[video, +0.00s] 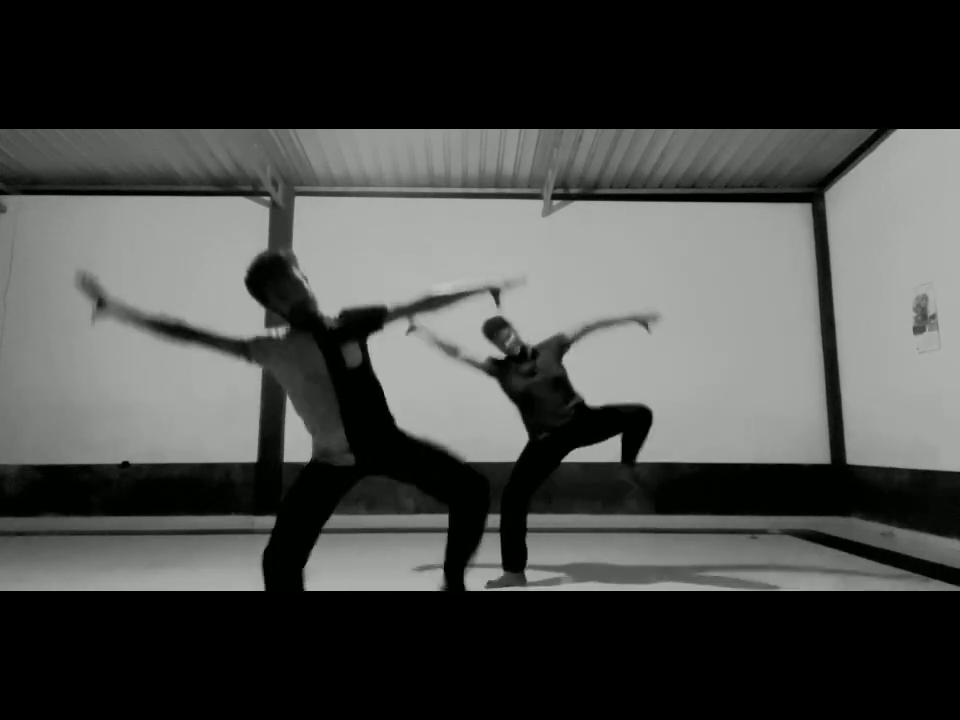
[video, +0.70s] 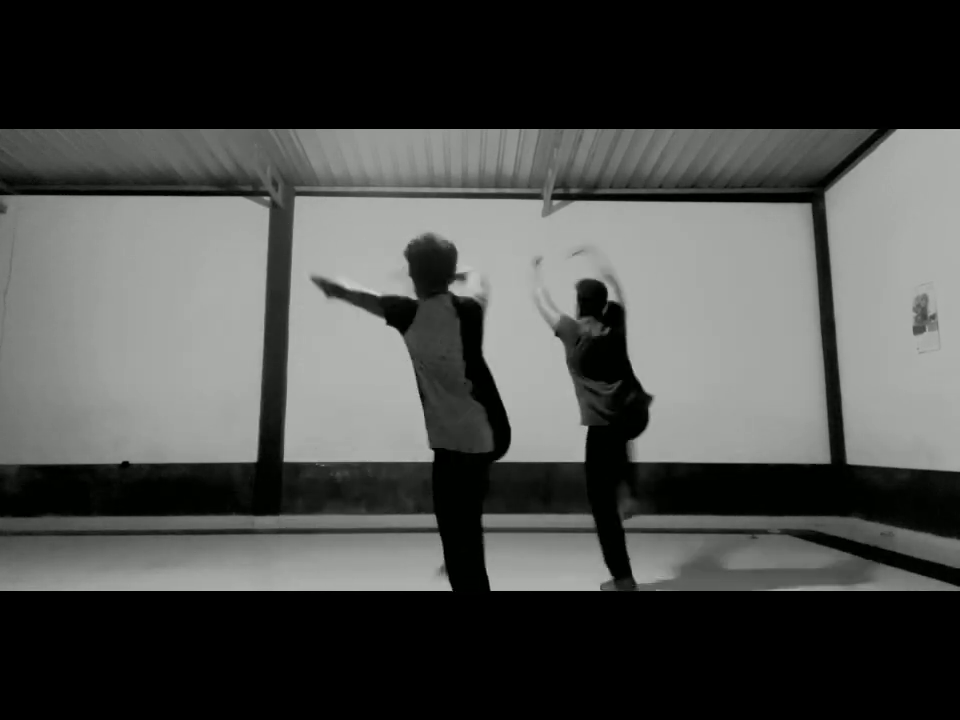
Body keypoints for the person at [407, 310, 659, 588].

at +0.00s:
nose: (509, 342)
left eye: (509, 335)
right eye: (501, 341)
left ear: (516, 330)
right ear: (497, 346)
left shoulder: (551, 349)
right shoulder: (500, 370)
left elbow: (592, 326)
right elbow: (456, 353)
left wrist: (636, 318)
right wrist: (423, 333)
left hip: (581, 422)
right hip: (545, 441)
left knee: (640, 415)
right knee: (513, 498)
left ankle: (627, 467)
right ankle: (514, 573)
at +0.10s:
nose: (501, 356)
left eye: (501, 348)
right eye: (493, 354)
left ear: (510, 343)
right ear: (488, 358)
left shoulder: (545, 360)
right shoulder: (494, 384)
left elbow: (596, 356)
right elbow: (446, 387)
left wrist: (642, 352)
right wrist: (406, 377)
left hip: (576, 432)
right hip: (540, 449)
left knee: (633, 445)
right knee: (506, 502)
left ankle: (634, 511)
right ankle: (512, 571)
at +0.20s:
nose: (492, 361)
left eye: (493, 355)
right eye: (488, 358)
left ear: (506, 350)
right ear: (491, 361)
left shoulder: (548, 365)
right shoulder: (500, 390)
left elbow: (595, 375)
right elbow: (460, 412)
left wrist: (638, 382)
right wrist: (419, 423)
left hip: (578, 440)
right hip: (541, 449)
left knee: (614, 486)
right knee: (507, 501)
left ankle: (626, 558)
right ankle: (512, 572)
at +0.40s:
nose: (538, 341)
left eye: (540, 335)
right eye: (535, 336)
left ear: (551, 331)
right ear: (535, 337)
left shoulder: (576, 359)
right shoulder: (539, 365)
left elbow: (550, 381)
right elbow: (511, 381)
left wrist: (511, 398)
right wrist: (476, 395)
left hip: (595, 441)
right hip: (565, 441)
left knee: (585, 506)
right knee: (531, 495)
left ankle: (603, 580)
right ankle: (513, 571)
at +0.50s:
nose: (550, 324)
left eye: (553, 318)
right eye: (550, 318)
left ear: (566, 318)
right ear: (566, 317)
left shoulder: (580, 342)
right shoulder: (570, 340)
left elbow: (549, 353)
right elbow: (533, 338)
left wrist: (506, 354)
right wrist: (497, 341)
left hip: (604, 432)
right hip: (583, 430)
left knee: (590, 499)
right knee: (545, 475)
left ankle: (602, 573)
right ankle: (539, 548)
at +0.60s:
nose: (562, 305)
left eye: (565, 299)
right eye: (563, 300)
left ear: (573, 301)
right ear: (587, 296)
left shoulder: (587, 325)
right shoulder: (590, 319)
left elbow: (557, 332)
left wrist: (521, 318)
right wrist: (538, 284)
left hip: (609, 418)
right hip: (607, 413)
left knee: (596, 495)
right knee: (575, 442)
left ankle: (609, 577)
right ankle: (595, 520)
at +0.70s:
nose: (576, 303)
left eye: (578, 299)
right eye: (582, 298)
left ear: (579, 303)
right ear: (605, 301)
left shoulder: (572, 331)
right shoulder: (616, 325)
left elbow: (542, 302)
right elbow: (613, 287)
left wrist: (535, 270)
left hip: (601, 428)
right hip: (630, 419)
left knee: (602, 503)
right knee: (618, 443)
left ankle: (621, 577)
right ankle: (628, 494)